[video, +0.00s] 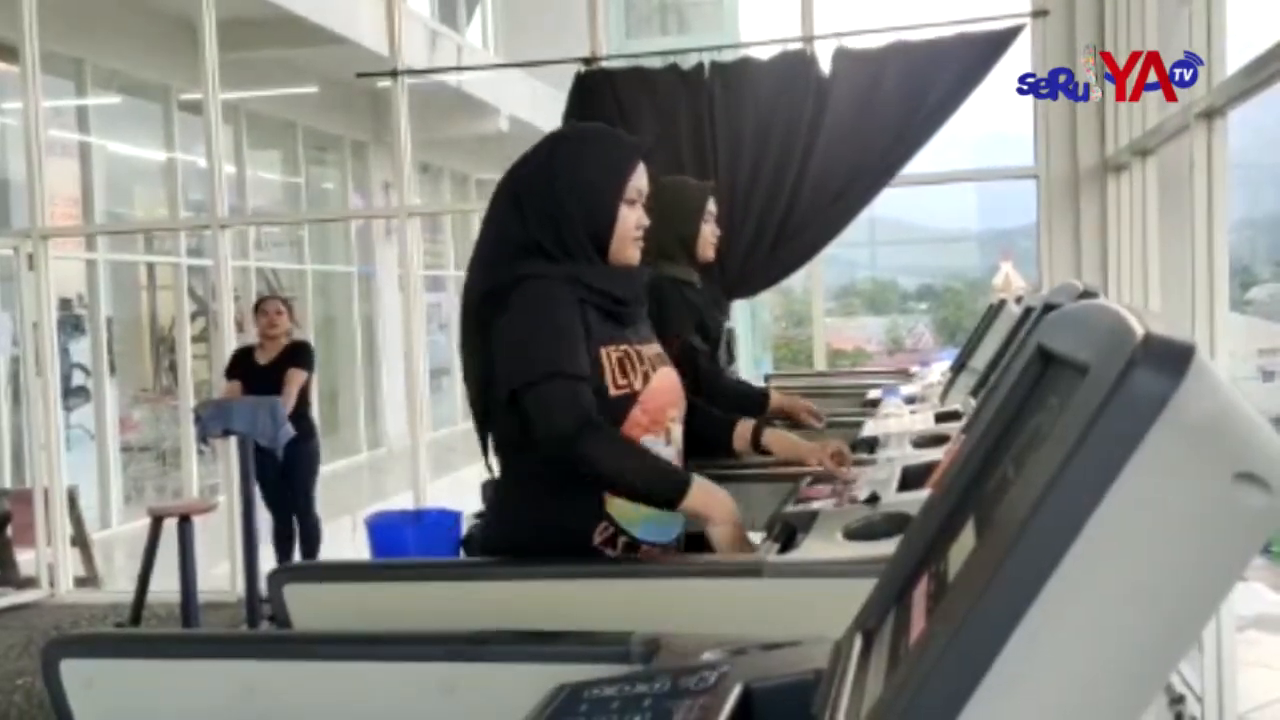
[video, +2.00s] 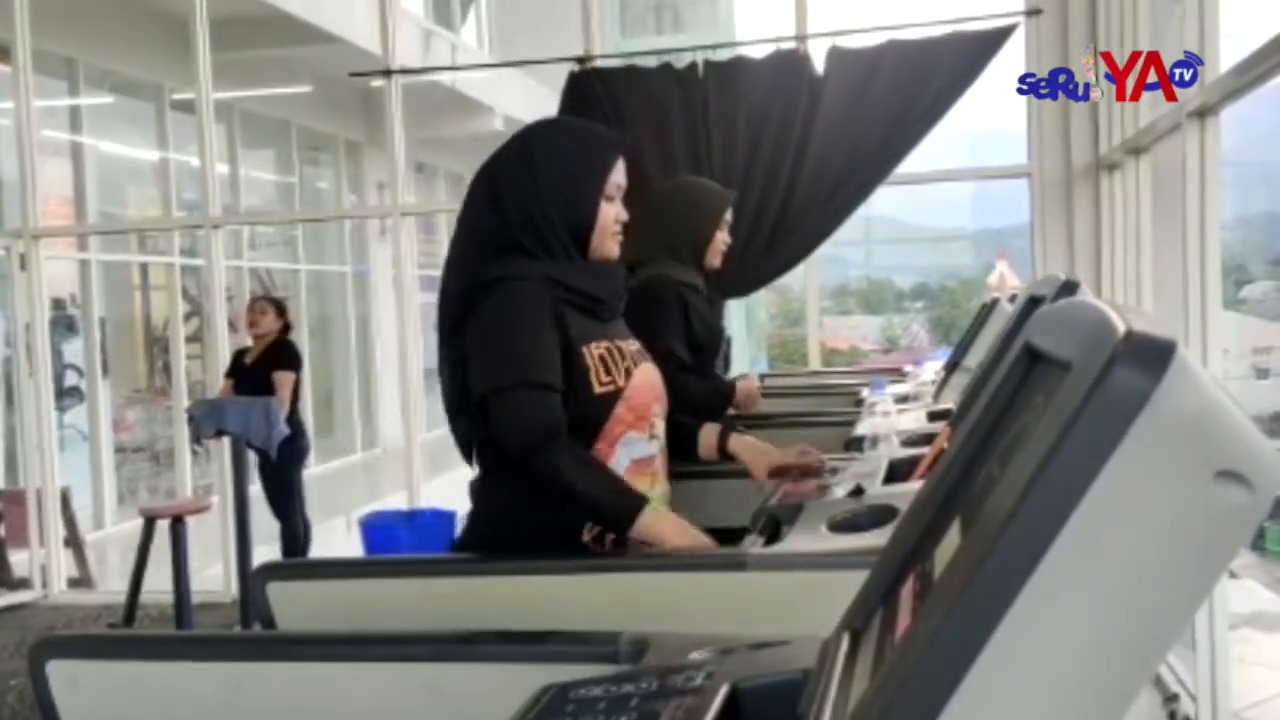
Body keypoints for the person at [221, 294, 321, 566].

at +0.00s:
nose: (272, 319)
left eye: (278, 313)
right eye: (264, 314)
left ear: (289, 319)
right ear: (256, 321)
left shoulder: (300, 350)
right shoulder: (242, 356)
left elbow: (291, 390)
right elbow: (231, 396)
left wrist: (276, 422)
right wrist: (221, 422)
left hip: (298, 435)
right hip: (260, 437)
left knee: (302, 504)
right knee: (280, 510)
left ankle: (309, 568)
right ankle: (284, 570)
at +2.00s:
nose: (254, 318)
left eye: (263, 313)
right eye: (251, 313)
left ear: (279, 320)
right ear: (246, 319)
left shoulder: (284, 350)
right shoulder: (242, 357)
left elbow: (283, 399)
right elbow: (226, 395)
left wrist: (267, 430)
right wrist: (210, 420)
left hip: (287, 434)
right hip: (260, 437)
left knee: (289, 504)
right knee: (280, 506)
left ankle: (294, 566)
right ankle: (294, 564)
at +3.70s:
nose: (242, 326)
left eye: (250, 321)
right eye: (242, 320)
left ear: (270, 328)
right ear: (240, 325)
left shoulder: (280, 358)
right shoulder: (233, 365)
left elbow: (276, 409)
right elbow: (221, 406)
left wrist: (260, 438)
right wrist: (203, 426)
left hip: (282, 443)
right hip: (252, 445)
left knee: (284, 516)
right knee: (272, 516)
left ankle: (290, 576)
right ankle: (283, 576)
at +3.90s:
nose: (247, 327)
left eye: (254, 321)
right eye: (242, 322)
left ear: (272, 324)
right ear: (237, 327)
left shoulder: (288, 358)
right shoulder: (229, 359)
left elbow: (280, 398)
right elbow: (219, 400)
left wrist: (265, 432)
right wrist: (228, 431)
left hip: (285, 442)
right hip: (246, 443)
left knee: (288, 512)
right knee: (258, 517)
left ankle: (293, 572)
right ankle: (263, 575)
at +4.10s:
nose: (252, 327)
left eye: (258, 320)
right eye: (245, 323)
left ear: (272, 324)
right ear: (239, 329)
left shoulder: (290, 357)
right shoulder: (233, 352)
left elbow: (282, 394)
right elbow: (220, 392)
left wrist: (264, 426)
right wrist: (208, 423)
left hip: (284, 436)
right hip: (245, 436)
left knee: (280, 513)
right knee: (252, 512)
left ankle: (283, 575)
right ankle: (256, 576)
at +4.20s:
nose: (254, 326)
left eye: (259, 319)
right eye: (247, 322)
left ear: (272, 323)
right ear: (239, 329)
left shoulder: (290, 357)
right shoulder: (233, 350)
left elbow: (282, 394)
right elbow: (221, 391)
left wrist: (265, 424)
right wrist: (207, 422)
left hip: (282, 431)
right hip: (243, 431)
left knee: (279, 503)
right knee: (254, 501)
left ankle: (277, 566)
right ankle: (255, 566)